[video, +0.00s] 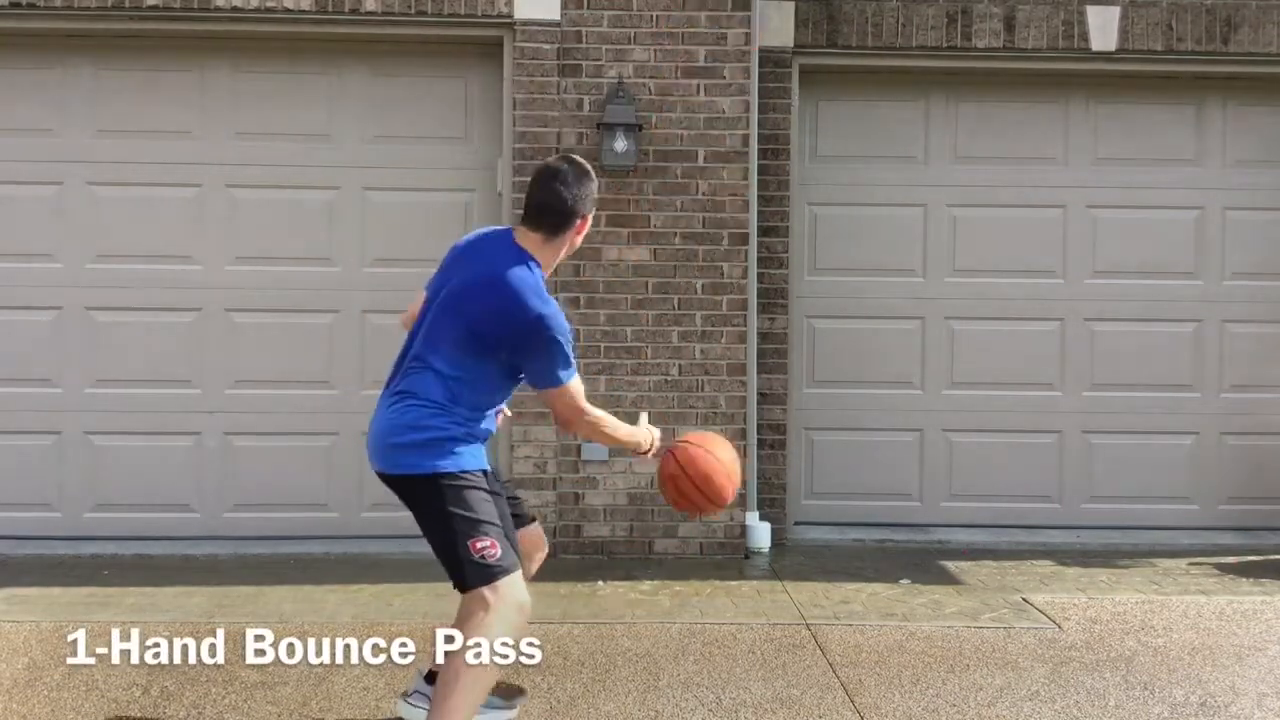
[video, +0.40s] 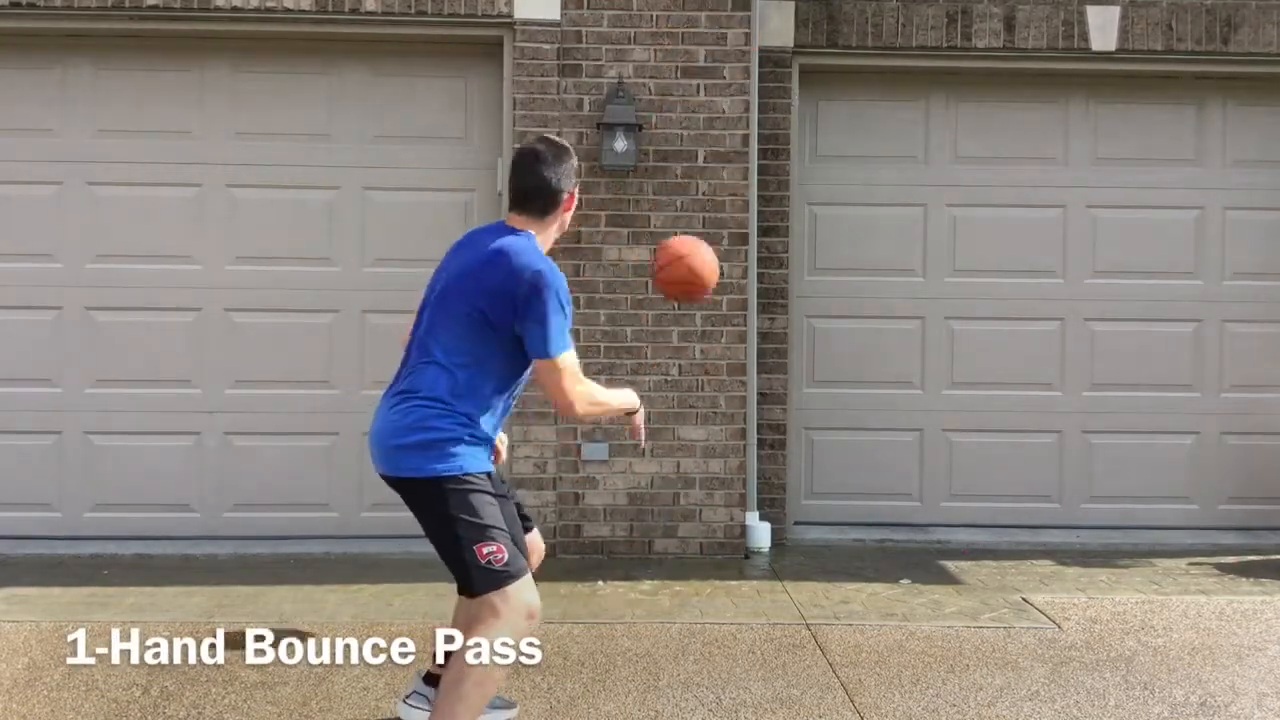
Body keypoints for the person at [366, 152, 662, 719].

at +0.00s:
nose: (590, 228)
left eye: (590, 218)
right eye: (591, 219)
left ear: (528, 203)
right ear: (581, 226)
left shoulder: (479, 244)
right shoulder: (537, 311)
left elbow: (416, 320)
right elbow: (573, 416)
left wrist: (476, 392)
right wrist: (640, 438)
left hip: (429, 434)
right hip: (432, 447)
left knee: (529, 546)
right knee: (500, 596)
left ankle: (440, 681)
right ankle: (448, 708)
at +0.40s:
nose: (578, 204)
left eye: (574, 194)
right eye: (578, 195)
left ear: (513, 190)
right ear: (570, 202)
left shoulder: (471, 245)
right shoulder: (537, 274)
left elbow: (420, 345)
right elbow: (571, 398)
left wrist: (483, 426)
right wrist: (629, 398)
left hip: (411, 432)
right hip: (439, 443)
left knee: (526, 549)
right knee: (511, 612)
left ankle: (440, 684)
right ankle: (450, 711)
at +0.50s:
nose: (570, 186)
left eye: (568, 176)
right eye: (570, 176)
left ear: (505, 176)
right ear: (561, 182)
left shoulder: (468, 235)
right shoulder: (539, 253)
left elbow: (425, 337)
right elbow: (630, 336)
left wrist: (487, 415)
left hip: (418, 427)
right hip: (441, 439)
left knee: (519, 547)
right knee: (518, 608)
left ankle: (439, 684)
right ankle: (456, 712)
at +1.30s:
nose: (587, 229)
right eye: (588, 219)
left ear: (522, 207)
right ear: (580, 224)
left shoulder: (471, 254)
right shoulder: (551, 309)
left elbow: (398, 332)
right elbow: (555, 420)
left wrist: (447, 385)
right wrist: (583, 425)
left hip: (398, 444)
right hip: (439, 457)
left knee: (529, 542)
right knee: (523, 618)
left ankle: (441, 683)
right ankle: (456, 710)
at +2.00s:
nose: (563, 135)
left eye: (558, 124)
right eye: (561, 123)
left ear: (495, 131)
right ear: (551, 130)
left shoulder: (476, 187)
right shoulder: (533, 185)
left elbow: (420, 270)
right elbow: (654, 191)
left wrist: (469, 338)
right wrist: (739, 105)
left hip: (441, 402)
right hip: (446, 406)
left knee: (496, 572)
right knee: (494, 587)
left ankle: (442, 683)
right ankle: (448, 711)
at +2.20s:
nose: (585, 209)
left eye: (586, 197)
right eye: (587, 198)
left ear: (520, 185)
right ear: (577, 203)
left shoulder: (483, 235)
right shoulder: (515, 264)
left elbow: (405, 283)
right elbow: (578, 387)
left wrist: (399, 351)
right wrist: (650, 333)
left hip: (425, 428)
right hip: (436, 438)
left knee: (524, 542)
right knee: (512, 603)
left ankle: (441, 682)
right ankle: (453, 710)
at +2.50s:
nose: (571, 228)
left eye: (570, 217)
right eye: (572, 218)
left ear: (507, 209)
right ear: (565, 225)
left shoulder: (458, 254)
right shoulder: (533, 307)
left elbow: (402, 342)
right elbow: (550, 418)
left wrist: (490, 390)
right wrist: (596, 429)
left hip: (389, 448)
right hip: (435, 457)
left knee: (522, 540)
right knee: (519, 619)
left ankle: (442, 682)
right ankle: (453, 710)